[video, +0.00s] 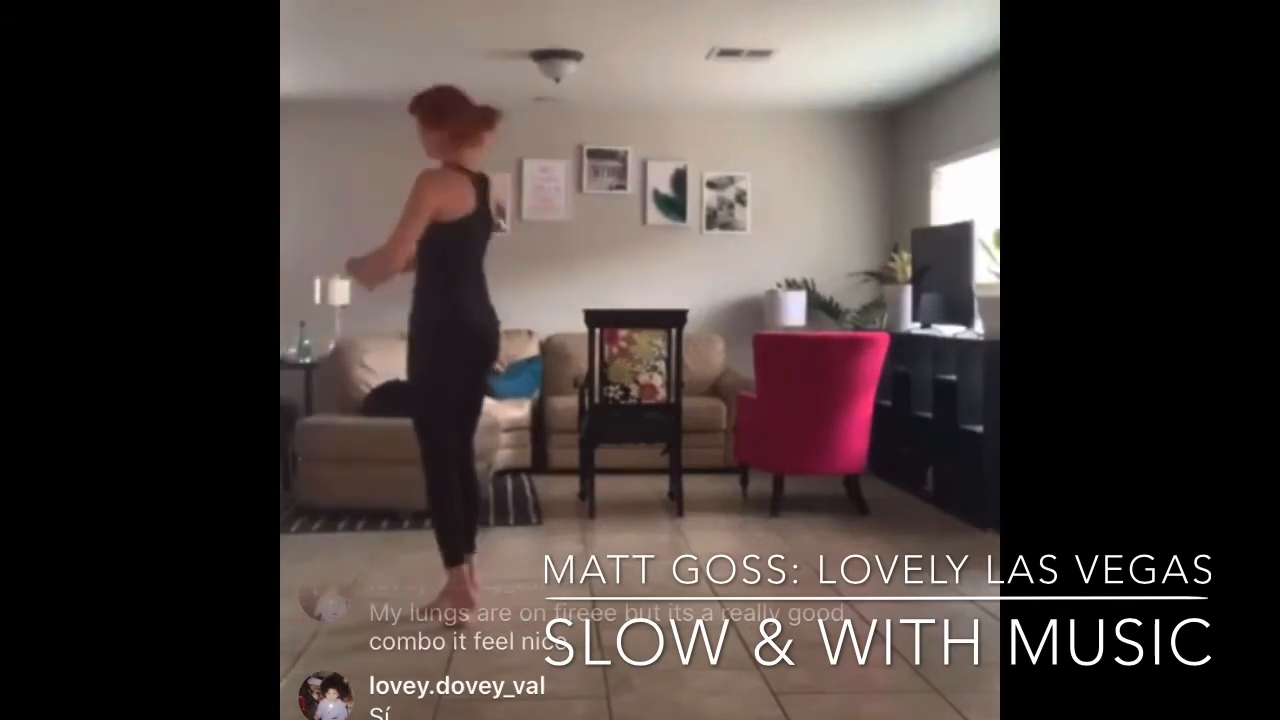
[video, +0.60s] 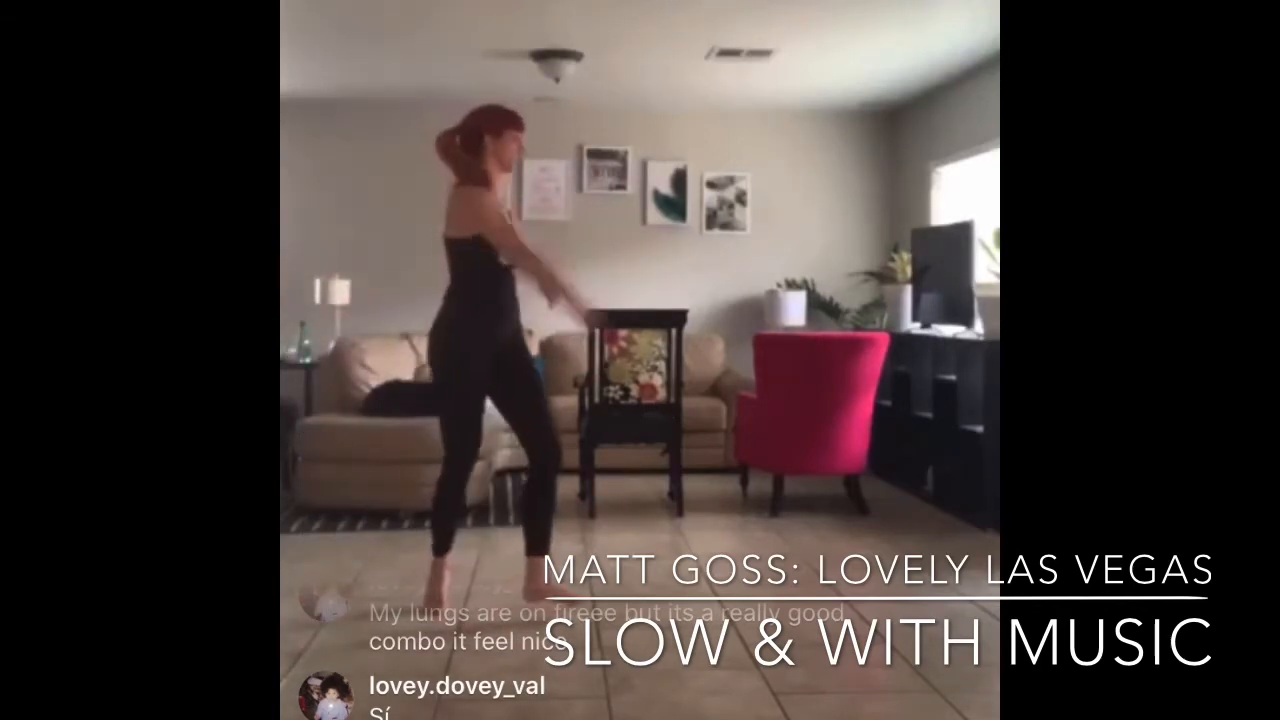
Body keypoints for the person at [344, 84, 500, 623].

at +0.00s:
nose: (421, 139)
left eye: (423, 130)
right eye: (420, 130)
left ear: (439, 130)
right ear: (466, 129)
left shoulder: (435, 183)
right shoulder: (481, 184)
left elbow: (396, 256)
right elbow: (441, 251)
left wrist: (360, 268)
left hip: (443, 333)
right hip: (478, 330)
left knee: (440, 454)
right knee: (456, 451)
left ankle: (459, 583)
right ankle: (464, 575)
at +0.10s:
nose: (422, 135)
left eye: (430, 126)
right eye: (423, 126)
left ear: (458, 131)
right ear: (447, 133)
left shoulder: (475, 183)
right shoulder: (441, 186)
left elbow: (464, 262)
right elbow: (414, 252)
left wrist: (406, 287)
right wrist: (375, 288)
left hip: (465, 331)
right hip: (439, 330)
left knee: (447, 454)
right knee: (443, 454)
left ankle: (476, 575)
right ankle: (462, 571)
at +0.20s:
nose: (446, 135)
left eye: (457, 128)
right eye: (442, 126)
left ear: (479, 136)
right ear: (434, 132)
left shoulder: (494, 192)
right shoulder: (413, 193)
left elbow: (509, 272)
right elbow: (377, 262)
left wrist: (470, 315)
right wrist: (358, 317)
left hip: (480, 333)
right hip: (425, 333)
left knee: (463, 452)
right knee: (437, 453)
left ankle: (478, 576)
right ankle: (450, 568)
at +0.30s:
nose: (478, 143)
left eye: (485, 136)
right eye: (469, 133)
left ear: (493, 144)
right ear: (444, 138)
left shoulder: (499, 196)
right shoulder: (412, 197)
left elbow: (524, 269)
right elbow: (380, 272)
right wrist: (362, 341)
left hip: (488, 336)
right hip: (431, 337)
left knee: (488, 458)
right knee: (437, 457)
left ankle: (485, 575)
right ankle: (444, 568)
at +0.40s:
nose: (498, 151)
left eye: (501, 143)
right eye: (490, 141)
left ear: (496, 149)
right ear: (461, 141)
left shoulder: (497, 203)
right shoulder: (429, 199)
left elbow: (531, 273)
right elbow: (412, 279)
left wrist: (572, 333)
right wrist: (401, 354)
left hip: (489, 345)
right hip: (436, 345)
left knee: (513, 456)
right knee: (443, 461)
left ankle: (508, 577)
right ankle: (442, 572)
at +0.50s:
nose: (510, 148)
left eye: (511, 140)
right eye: (501, 140)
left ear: (499, 149)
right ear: (473, 143)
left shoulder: (498, 204)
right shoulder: (451, 195)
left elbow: (527, 264)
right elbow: (460, 274)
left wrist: (561, 313)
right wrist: (475, 344)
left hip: (492, 331)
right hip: (446, 335)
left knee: (532, 450)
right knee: (451, 461)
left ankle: (529, 582)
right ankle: (441, 576)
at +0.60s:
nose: (520, 150)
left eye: (520, 142)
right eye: (514, 141)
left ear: (487, 143)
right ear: (488, 141)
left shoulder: (471, 195)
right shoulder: (480, 197)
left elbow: (501, 257)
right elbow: (522, 255)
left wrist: (542, 283)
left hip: (486, 339)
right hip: (476, 341)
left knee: (546, 453)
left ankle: (538, 578)